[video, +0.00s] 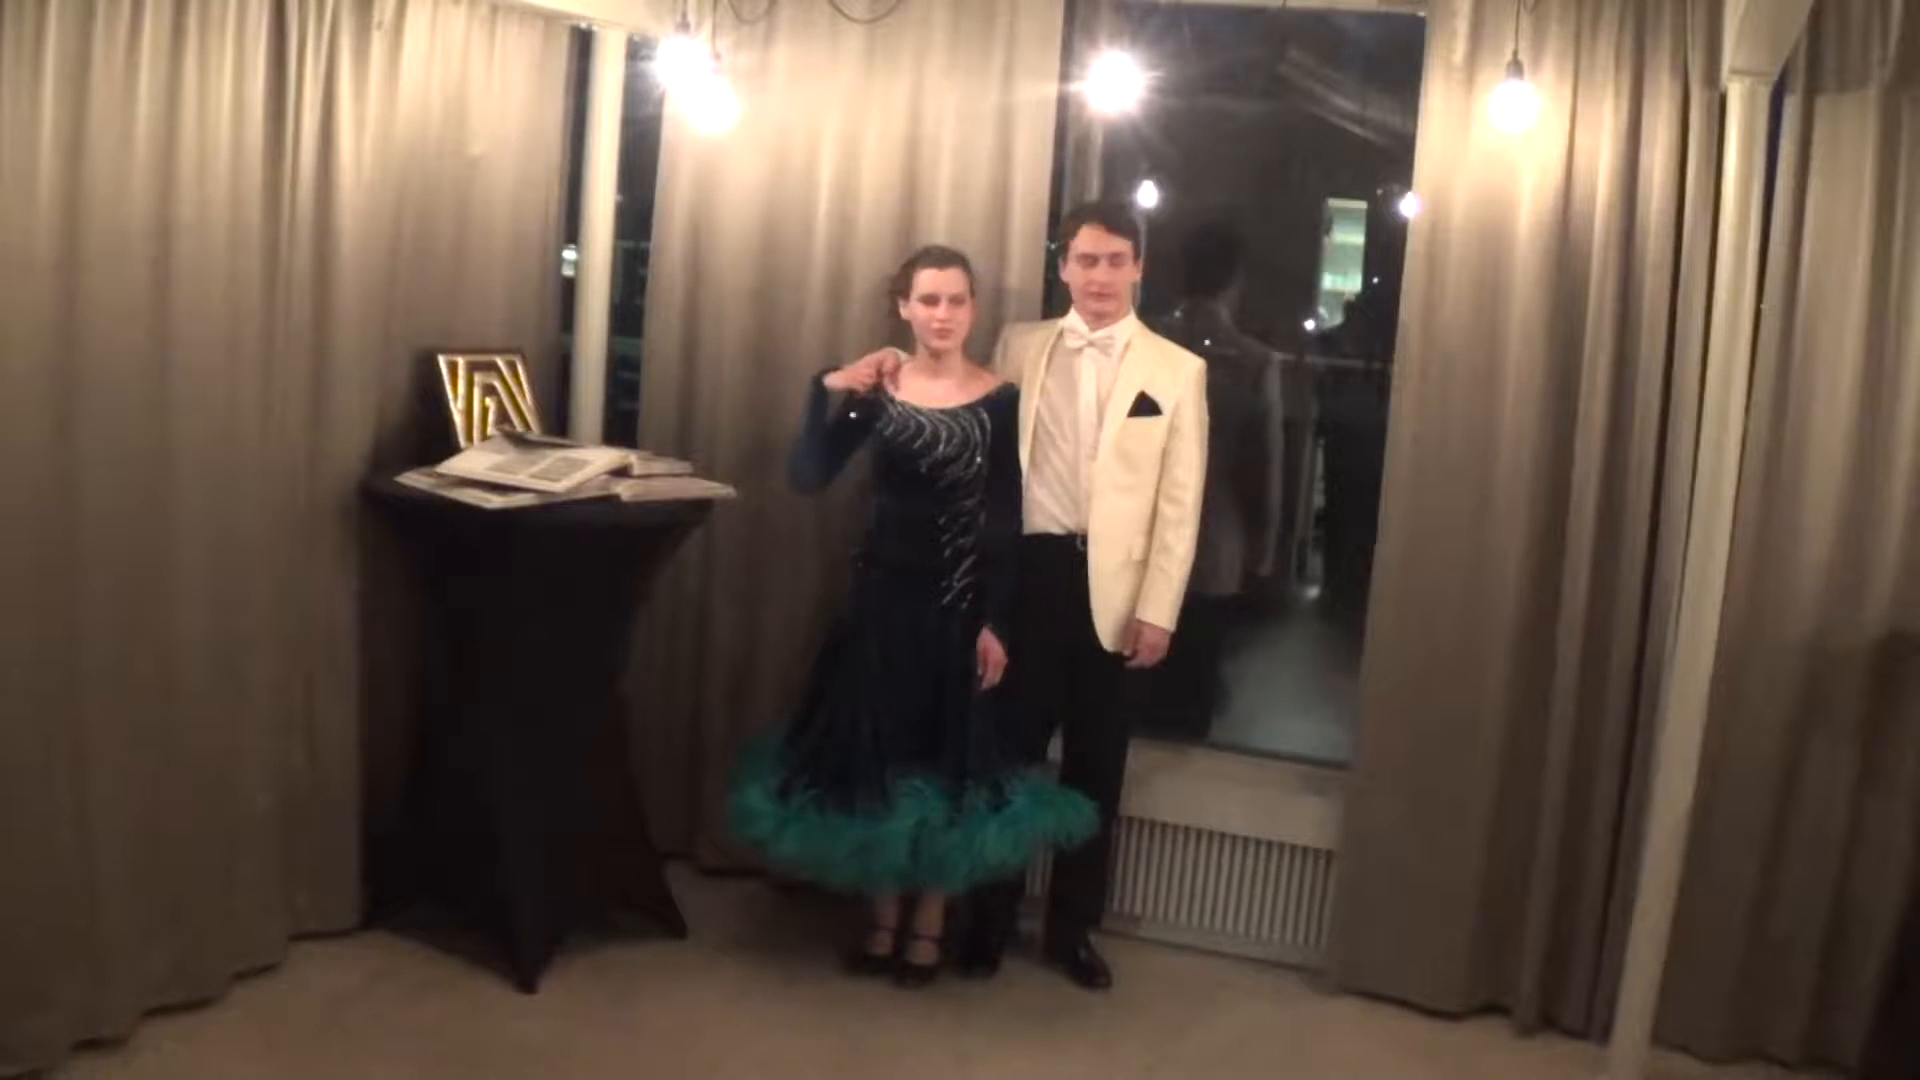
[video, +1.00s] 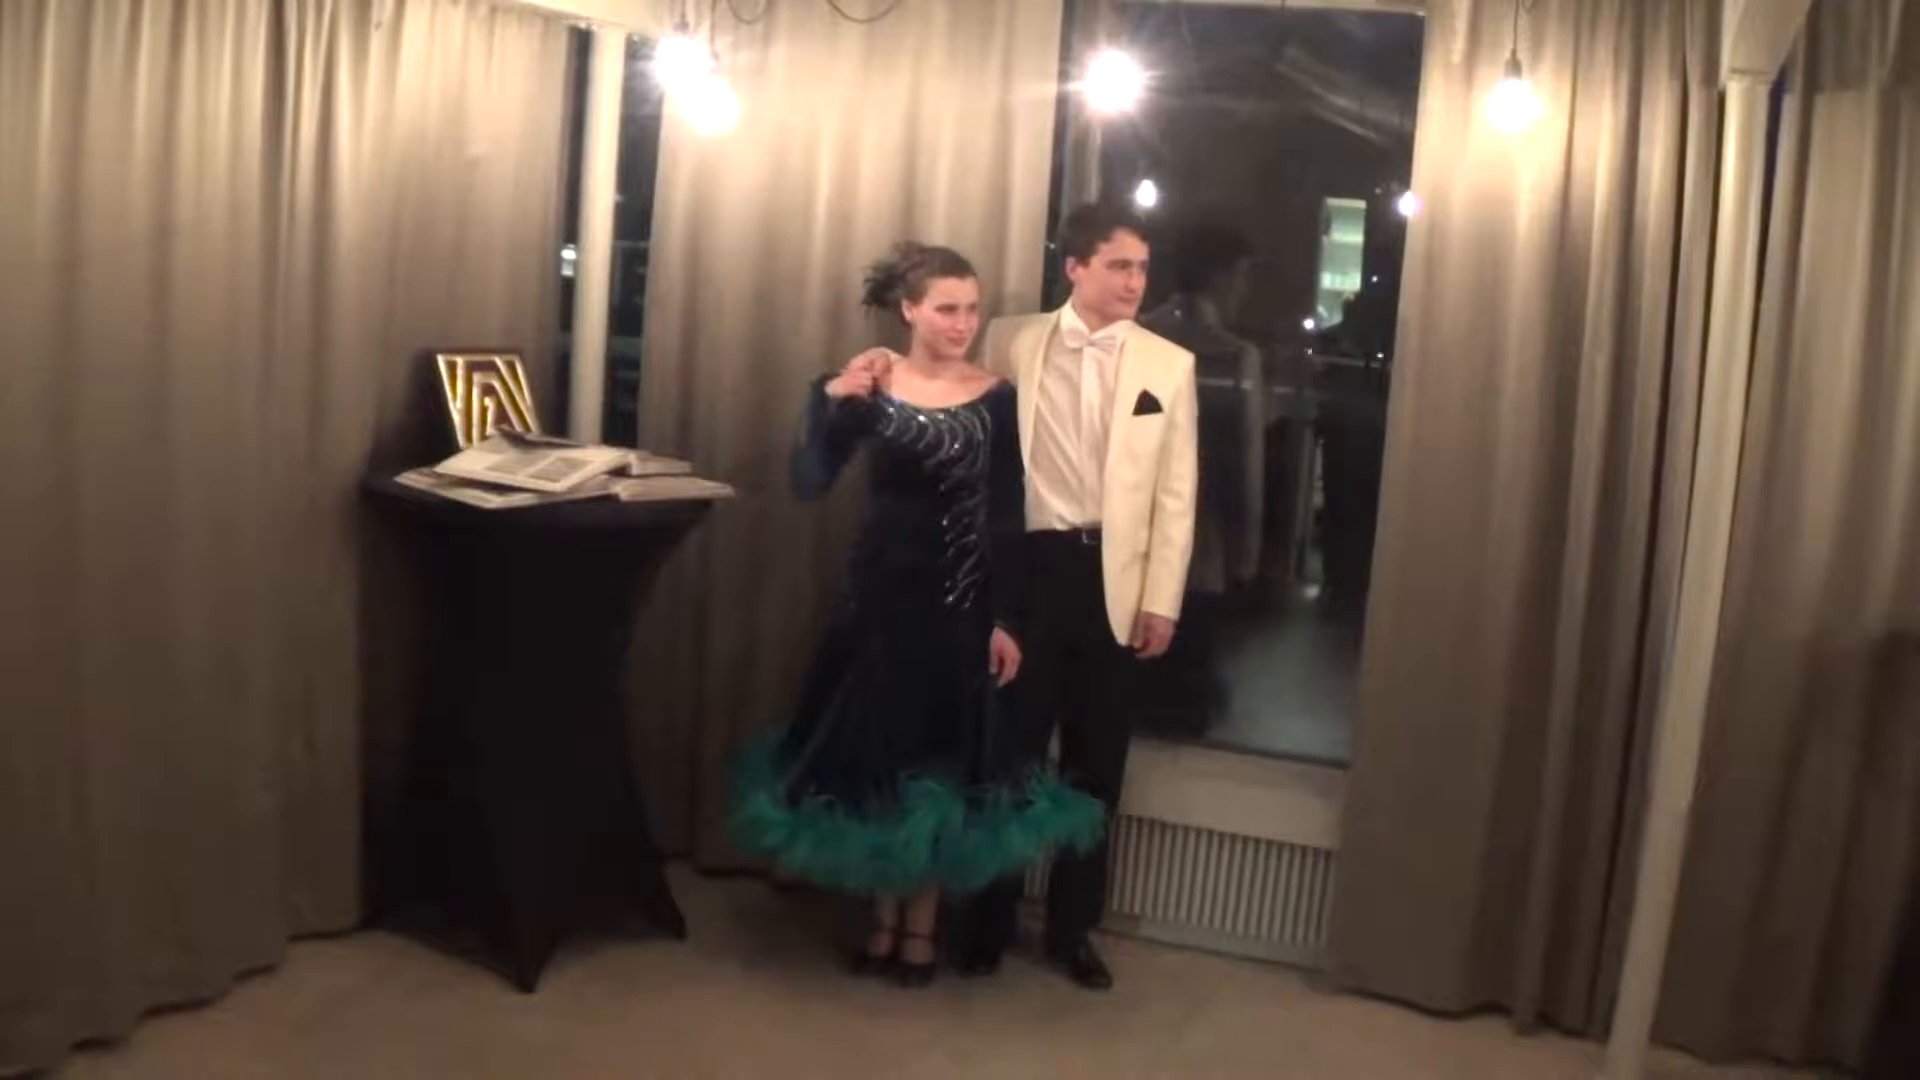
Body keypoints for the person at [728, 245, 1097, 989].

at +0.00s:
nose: (943, 314)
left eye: (956, 301)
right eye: (929, 300)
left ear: (976, 310)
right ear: (903, 308)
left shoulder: (998, 399)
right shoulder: (880, 389)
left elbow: (1005, 517)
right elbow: (811, 473)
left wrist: (994, 620)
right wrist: (832, 392)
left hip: (962, 598)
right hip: (887, 590)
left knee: (949, 752)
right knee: (884, 747)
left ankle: (932, 910)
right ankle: (884, 905)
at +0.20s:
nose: (950, 314)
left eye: (961, 301)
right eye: (935, 301)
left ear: (977, 309)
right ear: (902, 308)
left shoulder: (997, 395)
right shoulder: (879, 386)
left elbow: (1006, 513)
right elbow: (810, 473)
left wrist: (998, 619)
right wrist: (829, 391)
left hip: (961, 596)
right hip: (887, 587)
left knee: (942, 749)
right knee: (882, 745)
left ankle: (921, 911)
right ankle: (881, 908)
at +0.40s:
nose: (958, 318)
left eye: (967, 304)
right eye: (941, 305)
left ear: (980, 311)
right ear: (905, 312)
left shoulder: (997, 397)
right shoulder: (879, 389)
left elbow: (1007, 515)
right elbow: (814, 475)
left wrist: (999, 620)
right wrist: (832, 396)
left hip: (962, 598)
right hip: (888, 591)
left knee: (945, 753)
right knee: (884, 748)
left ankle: (923, 915)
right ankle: (882, 910)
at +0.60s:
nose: (961, 321)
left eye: (971, 307)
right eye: (944, 307)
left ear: (984, 313)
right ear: (906, 312)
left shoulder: (997, 398)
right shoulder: (880, 387)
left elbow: (1008, 515)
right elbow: (812, 477)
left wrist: (1003, 620)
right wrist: (835, 394)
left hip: (962, 599)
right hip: (888, 592)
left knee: (943, 753)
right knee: (883, 748)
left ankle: (923, 914)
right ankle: (881, 910)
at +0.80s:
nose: (962, 323)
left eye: (972, 309)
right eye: (946, 308)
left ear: (985, 316)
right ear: (908, 311)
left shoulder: (997, 400)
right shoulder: (879, 387)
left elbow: (1008, 516)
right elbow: (813, 477)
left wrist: (1004, 620)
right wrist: (834, 395)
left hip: (962, 599)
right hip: (887, 592)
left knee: (943, 752)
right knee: (883, 748)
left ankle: (923, 912)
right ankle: (881, 909)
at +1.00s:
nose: (961, 323)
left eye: (971, 310)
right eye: (945, 309)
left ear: (983, 315)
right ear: (907, 311)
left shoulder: (994, 397)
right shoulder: (875, 385)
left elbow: (1006, 515)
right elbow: (810, 480)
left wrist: (1005, 619)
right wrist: (834, 397)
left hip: (961, 600)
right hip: (885, 593)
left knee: (942, 754)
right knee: (882, 749)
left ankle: (923, 911)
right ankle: (881, 908)